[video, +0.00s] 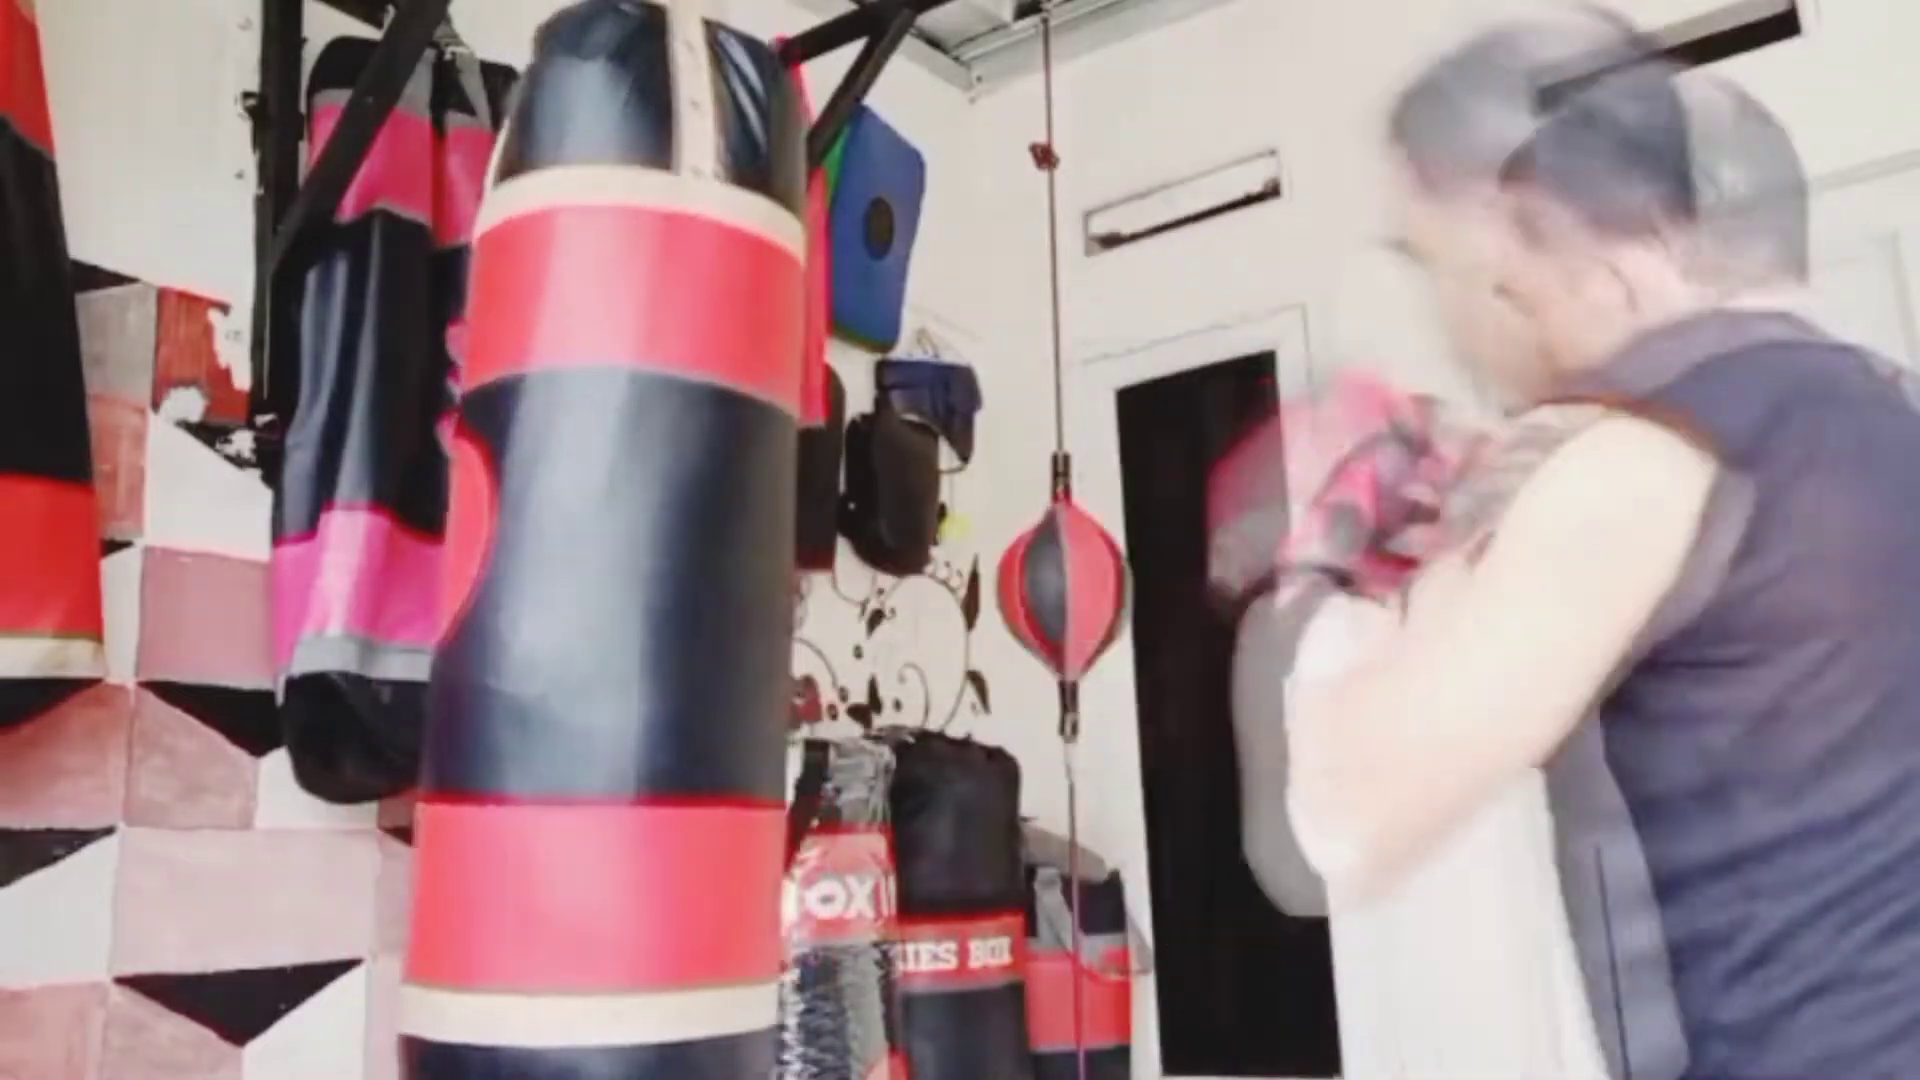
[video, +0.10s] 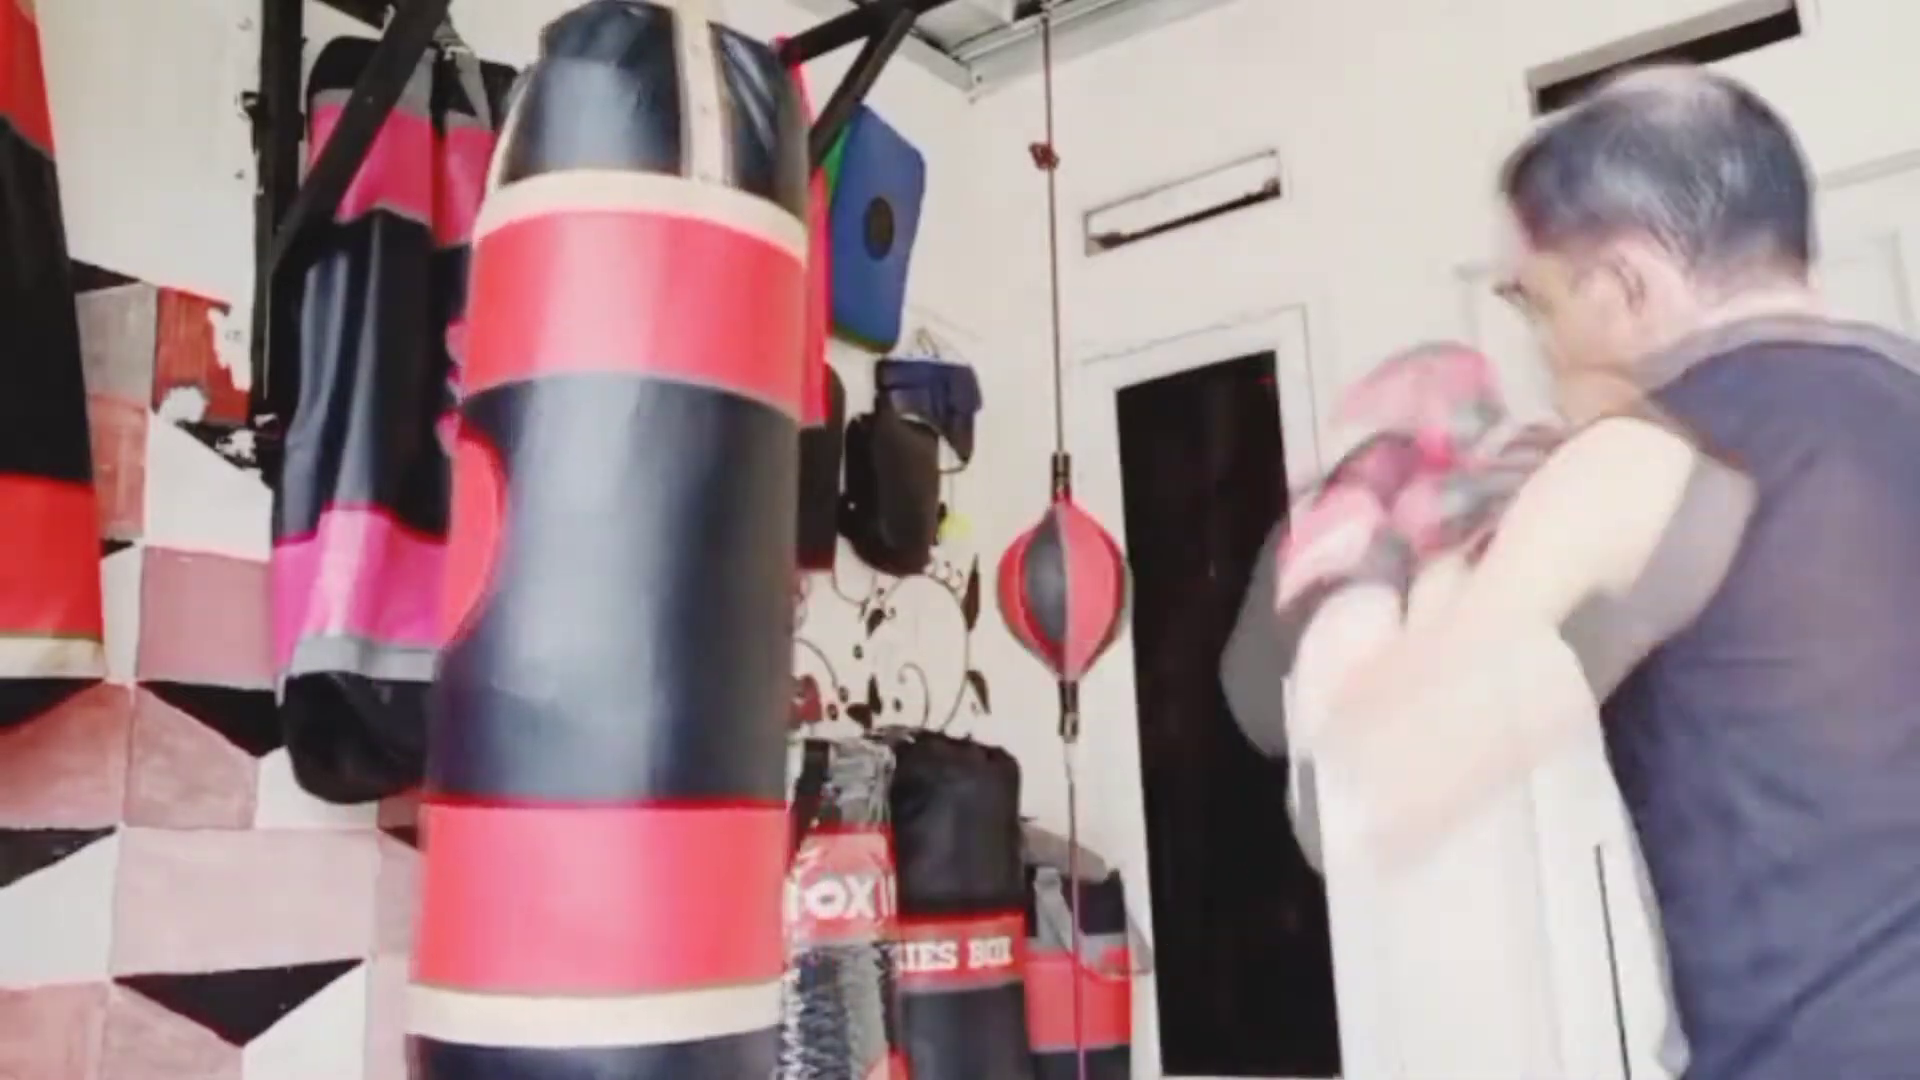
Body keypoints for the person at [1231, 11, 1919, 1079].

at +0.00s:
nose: (1443, 315)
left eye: (1432, 260)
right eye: (1423, 264)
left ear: (1517, 220)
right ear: (1653, 199)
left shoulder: (1662, 435)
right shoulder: (1864, 398)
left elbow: (1345, 829)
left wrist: (1339, 574)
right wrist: (1494, 501)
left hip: (1797, 1051)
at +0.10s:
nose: (1541, 341)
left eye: (1538, 300)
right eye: (1525, 304)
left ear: (1631, 282)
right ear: (1779, 245)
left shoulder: (1656, 457)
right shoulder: (1889, 385)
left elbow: (1383, 787)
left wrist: (1348, 560)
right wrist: (1590, 488)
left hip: (1806, 1049)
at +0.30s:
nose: (1460, 354)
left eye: (1460, 323)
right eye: (1460, 326)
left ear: (1497, 308)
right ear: (1703, 300)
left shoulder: (1473, 489)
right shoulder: (1862, 456)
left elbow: (1112, 672)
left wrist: (1146, 547)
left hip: (1623, 1050)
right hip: (1881, 1038)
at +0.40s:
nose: (1308, 370)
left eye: (1316, 330)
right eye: (1313, 330)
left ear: (1365, 312)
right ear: (1504, 294)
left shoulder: (1329, 525)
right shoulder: (1672, 458)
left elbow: (990, 758)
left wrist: (1004, 612)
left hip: (1527, 1053)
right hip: (1765, 1038)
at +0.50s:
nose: (1124, 430)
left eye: (1126, 385)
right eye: (1115, 395)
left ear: (1203, 337)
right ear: (1294, 319)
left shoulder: (1348, 561)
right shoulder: (1445, 453)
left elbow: (1005, 819)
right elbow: (1186, 500)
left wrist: (969, 605)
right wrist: (961, 485)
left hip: (1497, 1055)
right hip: (1604, 1026)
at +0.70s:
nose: (1048, 469)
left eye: (1040, 428)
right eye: (1028, 431)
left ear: (1118, 405)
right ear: (1244, 347)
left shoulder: (1298, 627)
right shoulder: (1346, 472)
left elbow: (973, 900)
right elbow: (1175, 553)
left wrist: (952, 649)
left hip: (1428, 1057)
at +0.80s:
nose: (1057, 474)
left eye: (1042, 420)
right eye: (1036, 425)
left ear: (1108, 387)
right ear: (1241, 332)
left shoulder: (1276, 588)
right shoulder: (1383, 481)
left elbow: (972, 871)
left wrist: (938, 646)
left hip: (1475, 1060)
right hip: (1613, 1035)